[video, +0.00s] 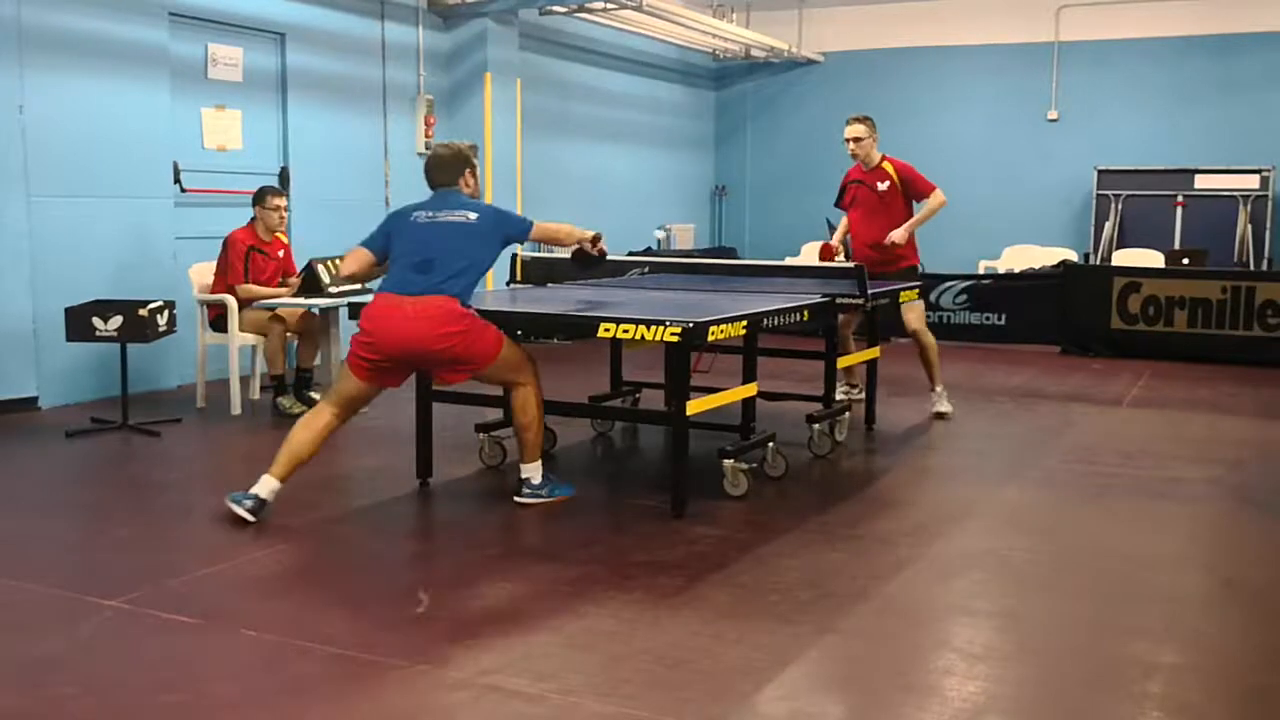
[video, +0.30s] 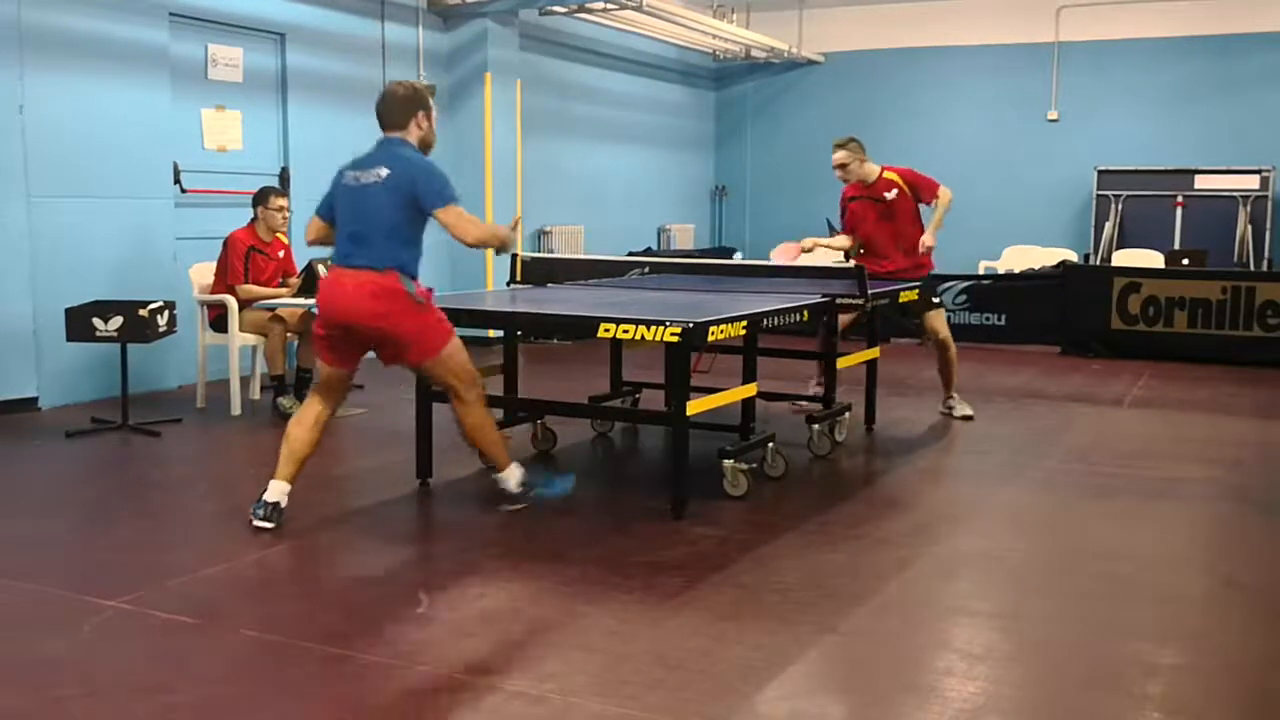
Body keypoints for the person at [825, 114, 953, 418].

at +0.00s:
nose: (851, 147)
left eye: (857, 140)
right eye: (847, 142)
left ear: (873, 140)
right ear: (846, 144)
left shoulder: (897, 170)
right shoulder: (851, 177)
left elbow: (937, 198)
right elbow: (850, 213)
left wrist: (906, 229)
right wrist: (836, 239)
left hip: (901, 270)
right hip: (863, 273)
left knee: (916, 327)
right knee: (843, 326)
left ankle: (937, 390)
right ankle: (853, 385)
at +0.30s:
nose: (838, 175)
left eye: (843, 167)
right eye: (835, 169)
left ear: (861, 160)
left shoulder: (900, 177)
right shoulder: (849, 196)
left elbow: (944, 195)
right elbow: (850, 241)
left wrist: (931, 231)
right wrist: (817, 242)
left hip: (914, 276)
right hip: (871, 279)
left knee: (943, 337)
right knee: (831, 325)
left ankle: (950, 397)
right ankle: (820, 385)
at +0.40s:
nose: (817, 183)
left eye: (820, 175)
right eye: (813, 177)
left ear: (838, 169)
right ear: (830, 173)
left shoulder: (881, 177)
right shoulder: (833, 200)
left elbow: (926, 185)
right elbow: (835, 242)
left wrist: (925, 226)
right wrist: (799, 238)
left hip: (907, 273)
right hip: (866, 279)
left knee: (936, 332)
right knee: (824, 324)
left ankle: (950, 397)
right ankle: (801, 388)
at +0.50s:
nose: (796, 189)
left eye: (799, 181)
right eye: (792, 184)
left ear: (818, 175)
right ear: (796, 184)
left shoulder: (855, 182)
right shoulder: (810, 210)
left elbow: (900, 185)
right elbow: (797, 241)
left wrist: (905, 226)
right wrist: (767, 238)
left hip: (892, 275)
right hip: (850, 282)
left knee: (926, 333)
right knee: (814, 338)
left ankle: (949, 397)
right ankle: (789, 399)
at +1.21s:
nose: (815, 170)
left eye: (821, 164)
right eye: (813, 165)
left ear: (840, 164)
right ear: (814, 166)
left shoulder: (865, 190)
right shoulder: (821, 199)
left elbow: (906, 223)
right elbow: (817, 238)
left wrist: (867, 244)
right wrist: (803, 254)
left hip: (879, 279)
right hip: (839, 279)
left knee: (905, 337)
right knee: (804, 329)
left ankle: (945, 392)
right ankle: (803, 384)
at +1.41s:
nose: (783, 163)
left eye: (788, 157)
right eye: (783, 157)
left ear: (806, 160)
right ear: (802, 161)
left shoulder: (836, 186)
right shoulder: (803, 193)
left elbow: (872, 220)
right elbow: (823, 233)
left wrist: (840, 252)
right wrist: (810, 260)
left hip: (858, 275)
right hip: (824, 273)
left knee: (888, 331)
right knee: (793, 325)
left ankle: (942, 385)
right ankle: (803, 384)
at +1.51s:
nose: (774, 145)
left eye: (778, 139)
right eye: (774, 139)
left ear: (795, 142)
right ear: (789, 143)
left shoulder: (823, 169)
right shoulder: (797, 177)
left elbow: (855, 204)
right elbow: (814, 218)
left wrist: (823, 233)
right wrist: (799, 242)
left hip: (839, 263)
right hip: (811, 263)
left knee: (857, 325)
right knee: (792, 319)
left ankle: (907, 377)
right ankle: (803, 382)